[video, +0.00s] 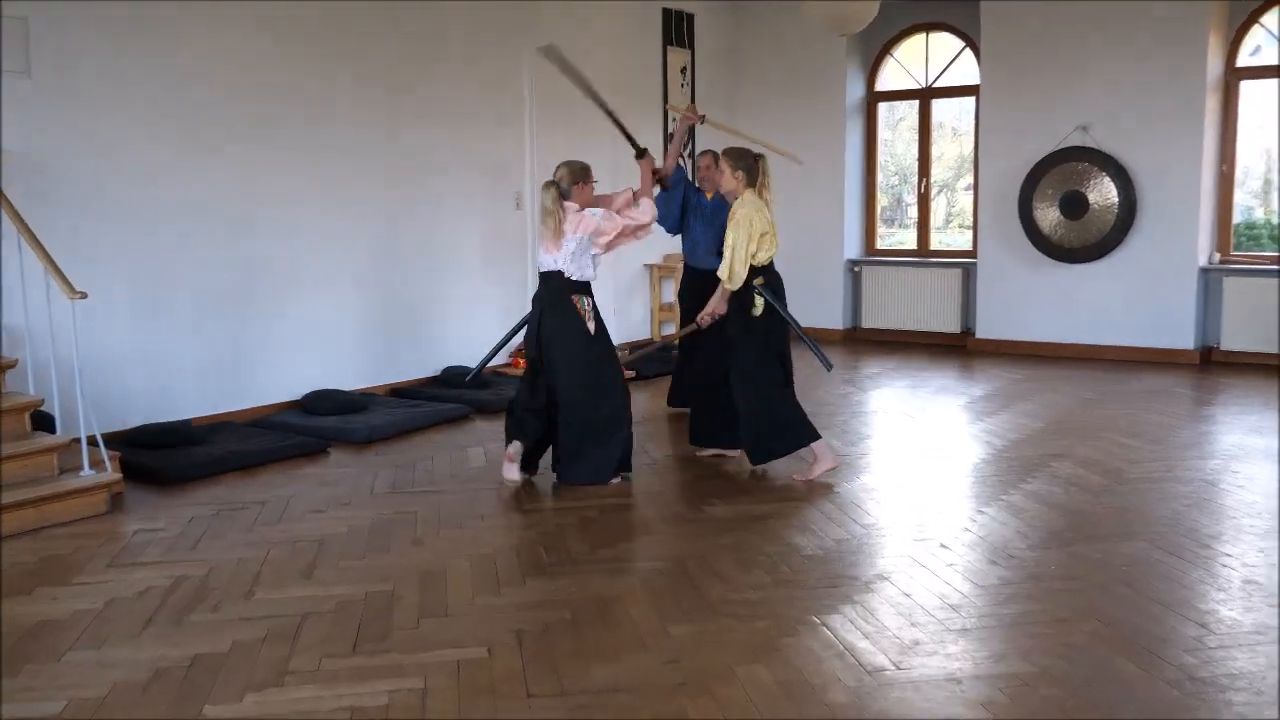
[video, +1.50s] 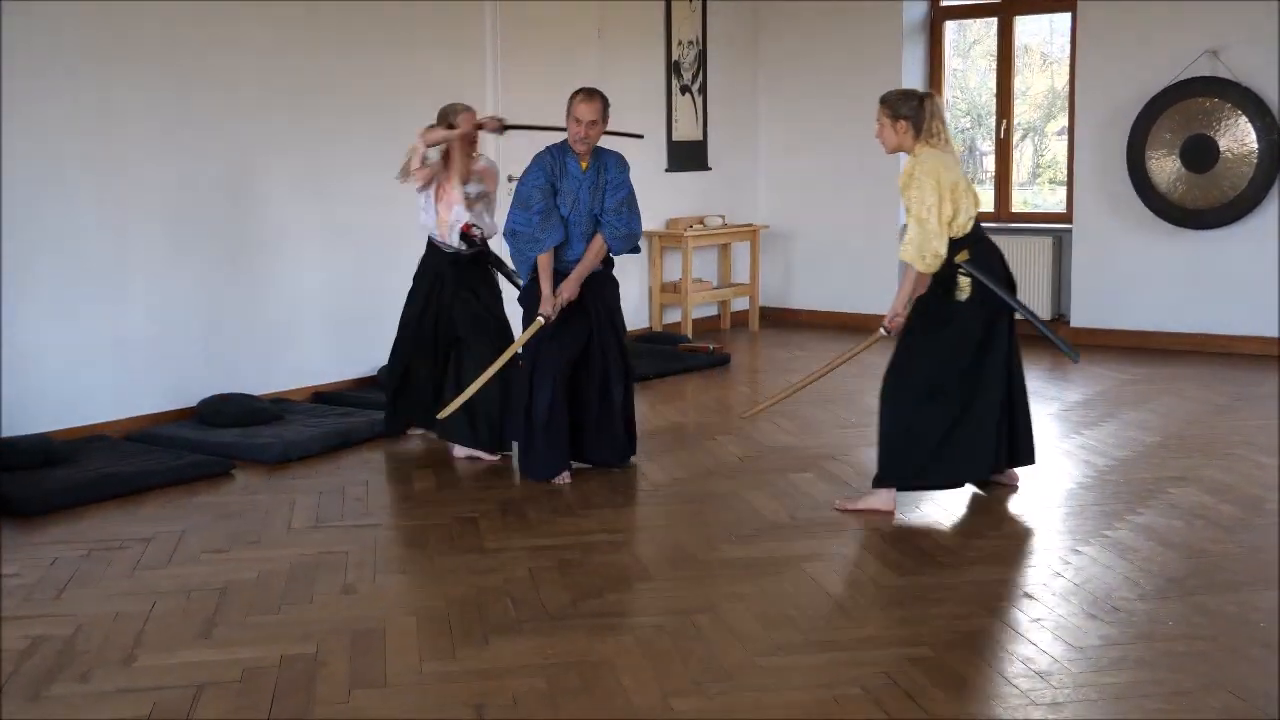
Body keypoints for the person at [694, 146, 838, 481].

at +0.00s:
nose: (717, 177)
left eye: (721, 171)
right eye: (718, 171)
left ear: (738, 176)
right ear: (743, 176)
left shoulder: (744, 210)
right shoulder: (751, 205)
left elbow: (735, 265)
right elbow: (735, 261)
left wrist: (719, 300)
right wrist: (716, 301)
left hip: (755, 293)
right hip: (756, 289)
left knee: (762, 375)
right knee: (735, 364)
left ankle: (821, 452)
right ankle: (734, 440)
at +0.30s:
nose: (714, 172)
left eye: (716, 165)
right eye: (712, 166)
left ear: (734, 163)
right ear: (737, 162)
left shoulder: (752, 195)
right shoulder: (744, 193)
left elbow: (745, 257)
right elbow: (734, 252)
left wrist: (724, 300)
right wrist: (720, 299)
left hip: (770, 287)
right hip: (755, 286)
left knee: (782, 375)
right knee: (742, 365)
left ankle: (840, 460)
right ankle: (743, 447)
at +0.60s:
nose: (724, 164)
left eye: (726, 156)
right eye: (723, 157)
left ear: (745, 151)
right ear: (746, 151)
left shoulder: (773, 184)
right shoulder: (761, 185)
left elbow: (768, 250)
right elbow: (754, 250)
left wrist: (747, 299)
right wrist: (737, 300)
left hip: (796, 285)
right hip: (775, 284)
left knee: (809, 377)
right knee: (735, 360)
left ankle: (855, 470)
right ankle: (740, 451)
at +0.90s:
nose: (768, 156)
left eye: (770, 147)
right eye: (767, 147)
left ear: (790, 141)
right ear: (794, 141)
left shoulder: (815, 175)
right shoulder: (817, 170)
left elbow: (810, 247)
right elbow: (804, 244)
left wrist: (787, 299)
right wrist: (780, 298)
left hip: (844, 283)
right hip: (831, 280)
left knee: (845, 380)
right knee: (782, 364)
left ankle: (866, 483)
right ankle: (766, 453)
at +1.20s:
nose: (818, 143)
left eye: (821, 135)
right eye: (818, 134)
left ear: (843, 135)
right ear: (854, 134)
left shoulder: (859, 175)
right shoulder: (883, 164)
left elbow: (864, 257)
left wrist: (839, 313)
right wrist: (847, 308)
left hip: (892, 288)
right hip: (918, 279)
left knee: (842, 383)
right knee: (894, 379)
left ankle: (869, 492)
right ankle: (901, 478)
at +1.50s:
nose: (877, 132)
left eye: (881, 124)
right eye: (877, 124)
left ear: (904, 126)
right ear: (912, 125)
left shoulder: (923, 168)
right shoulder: (939, 159)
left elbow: (926, 245)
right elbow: (923, 242)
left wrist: (904, 305)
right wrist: (904, 301)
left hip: (957, 282)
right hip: (986, 276)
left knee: (901, 379)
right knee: (983, 371)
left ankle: (884, 490)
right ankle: (999, 467)